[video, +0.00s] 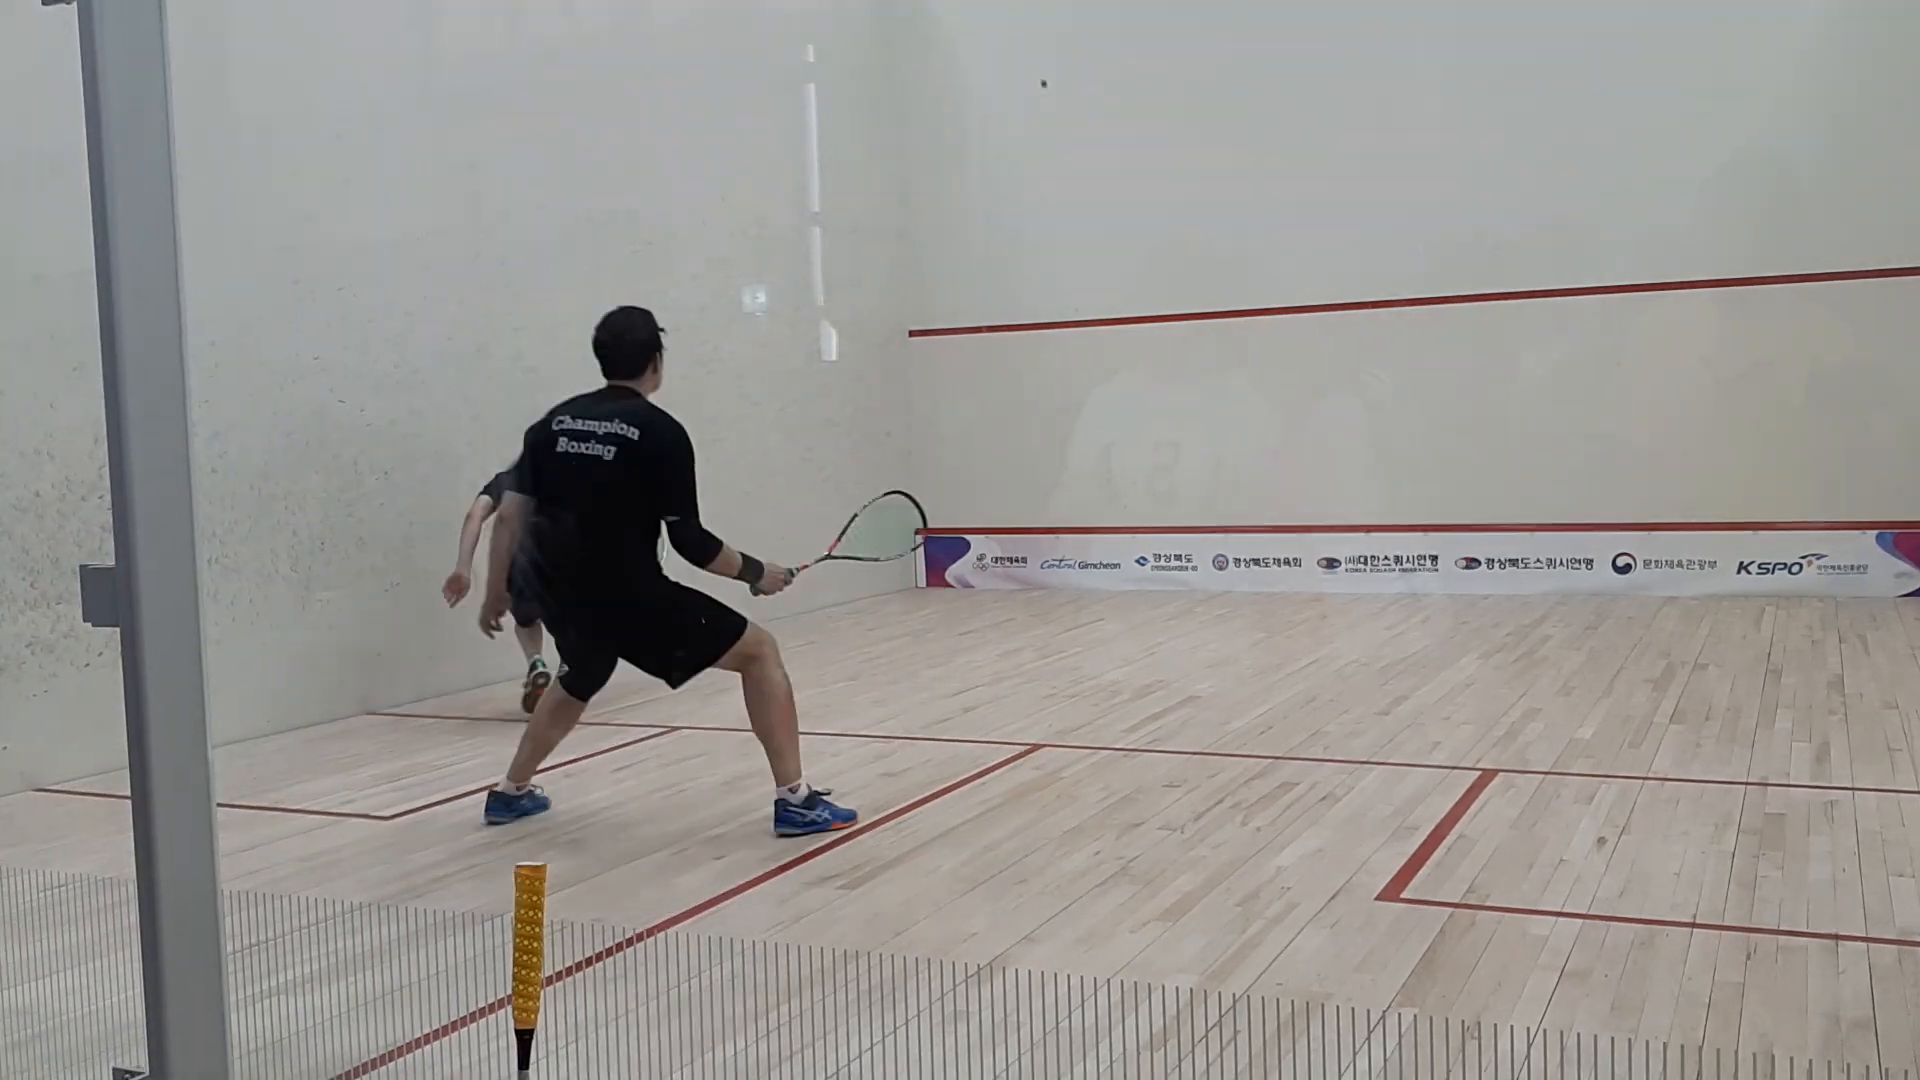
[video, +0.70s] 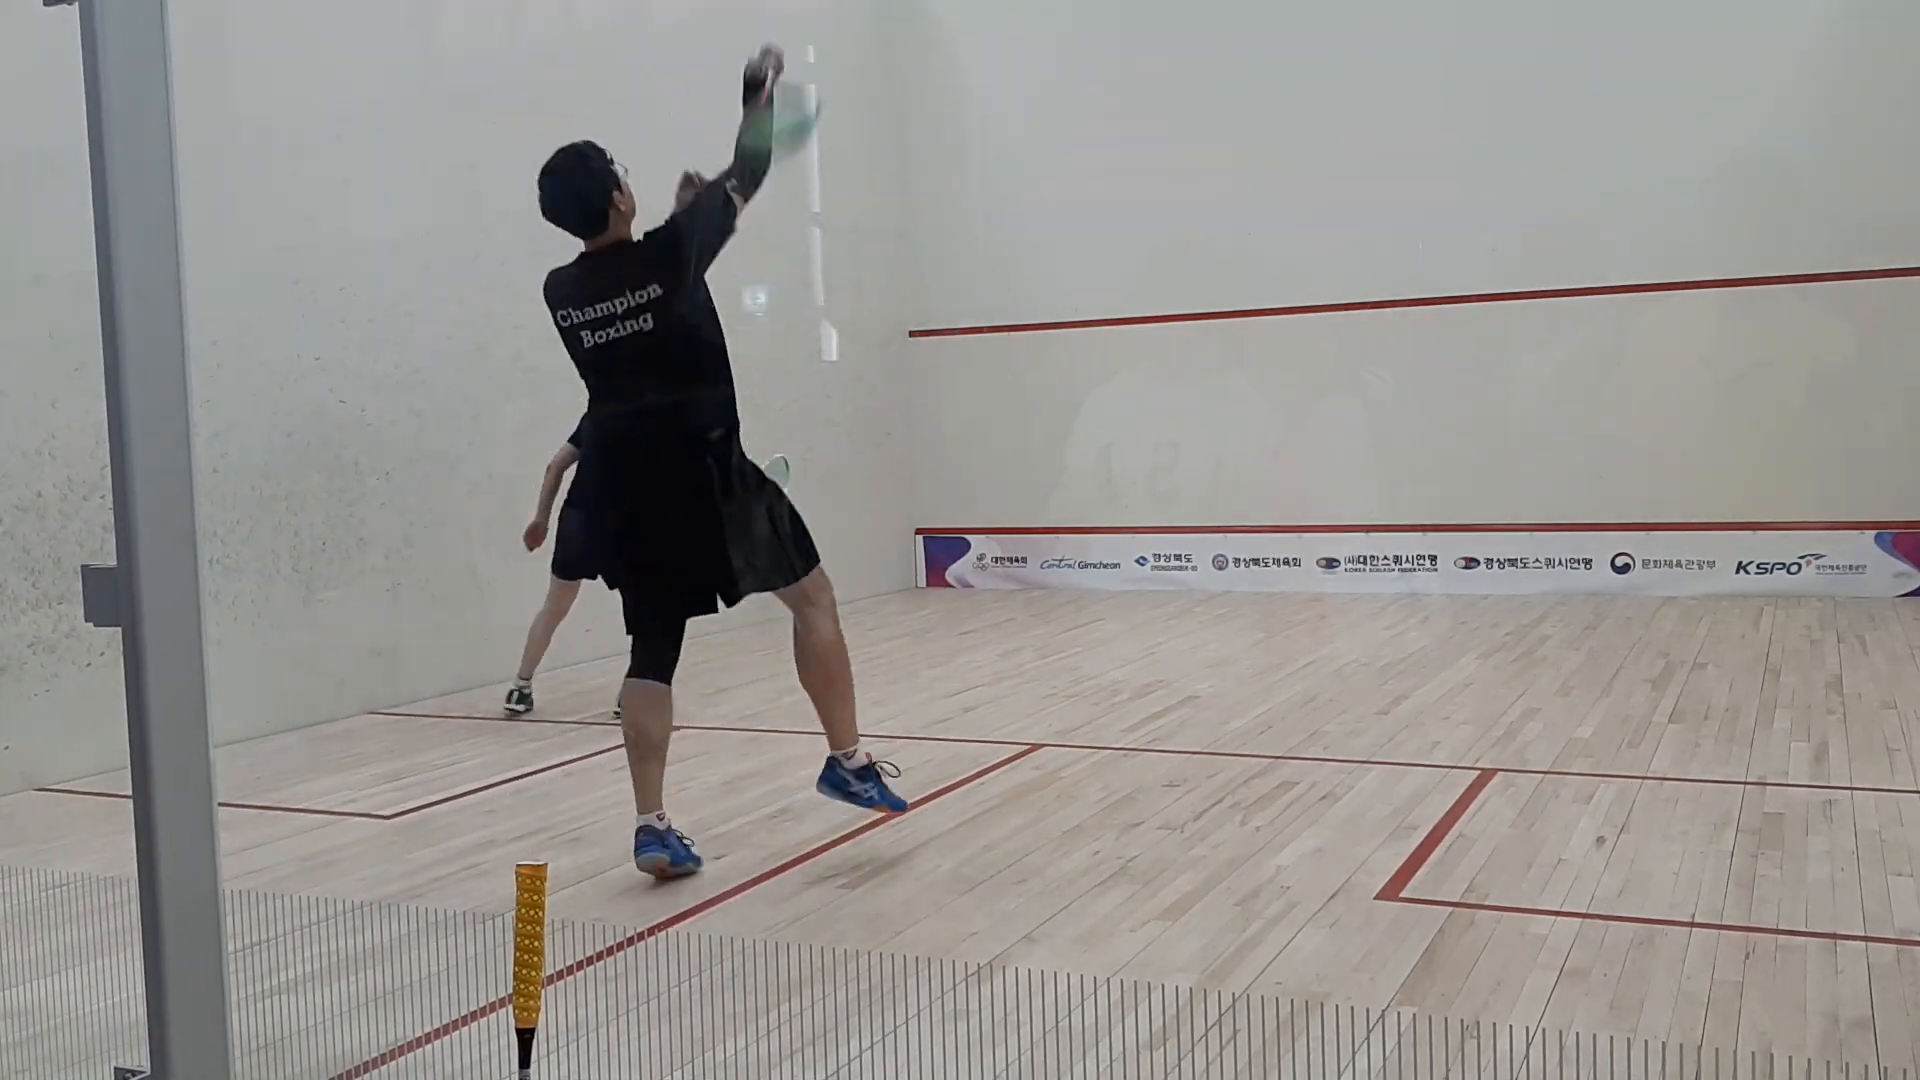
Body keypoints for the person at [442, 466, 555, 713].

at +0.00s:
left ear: (531, 448)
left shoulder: (515, 475)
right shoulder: (582, 481)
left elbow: (475, 515)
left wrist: (462, 569)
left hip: (526, 566)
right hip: (571, 569)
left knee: (526, 614)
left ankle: (536, 663)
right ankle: (567, 672)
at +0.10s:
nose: (568, 435)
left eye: (566, 429)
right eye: (566, 430)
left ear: (527, 438)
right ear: (558, 436)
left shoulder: (502, 470)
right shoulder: (572, 470)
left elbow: (469, 514)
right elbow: (589, 521)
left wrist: (456, 571)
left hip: (508, 560)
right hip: (555, 562)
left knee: (519, 607)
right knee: (574, 605)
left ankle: (497, 684)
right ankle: (563, 672)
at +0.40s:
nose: (578, 409)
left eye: (574, 403)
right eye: (569, 406)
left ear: (548, 423)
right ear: (550, 420)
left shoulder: (521, 460)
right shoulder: (574, 456)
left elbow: (489, 516)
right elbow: (598, 518)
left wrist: (483, 575)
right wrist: (620, 547)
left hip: (507, 562)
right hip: (547, 563)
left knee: (521, 607)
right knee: (620, 599)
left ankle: (489, 683)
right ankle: (599, 674)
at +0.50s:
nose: (596, 401)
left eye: (592, 395)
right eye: (587, 397)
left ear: (567, 416)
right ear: (567, 413)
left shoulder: (540, 453)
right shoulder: (588, 452)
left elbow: (508, 509)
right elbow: (620, 519)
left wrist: (497, 563)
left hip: (520, 556)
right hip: (557, 559)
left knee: (531, 609)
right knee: (634, 597)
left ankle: (489, 686)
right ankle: (629, 677)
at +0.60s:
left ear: (582, 399)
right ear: (610, 397)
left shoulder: (570, 436)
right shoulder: (619, 436)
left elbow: (534, 492)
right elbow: (636, 499)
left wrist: (512, 543)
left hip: (546, 545)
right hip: (584, 550)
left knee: (534, 614)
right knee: (647, 602)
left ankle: (493, 685)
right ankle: (635, 684)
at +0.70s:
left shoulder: (603, 414)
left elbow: (557, 465)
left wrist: (540, 518)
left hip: (580, 522)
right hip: (631, 526)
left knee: (554, 607)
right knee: (646, 616)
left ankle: (521, 686)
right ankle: (631, 699)